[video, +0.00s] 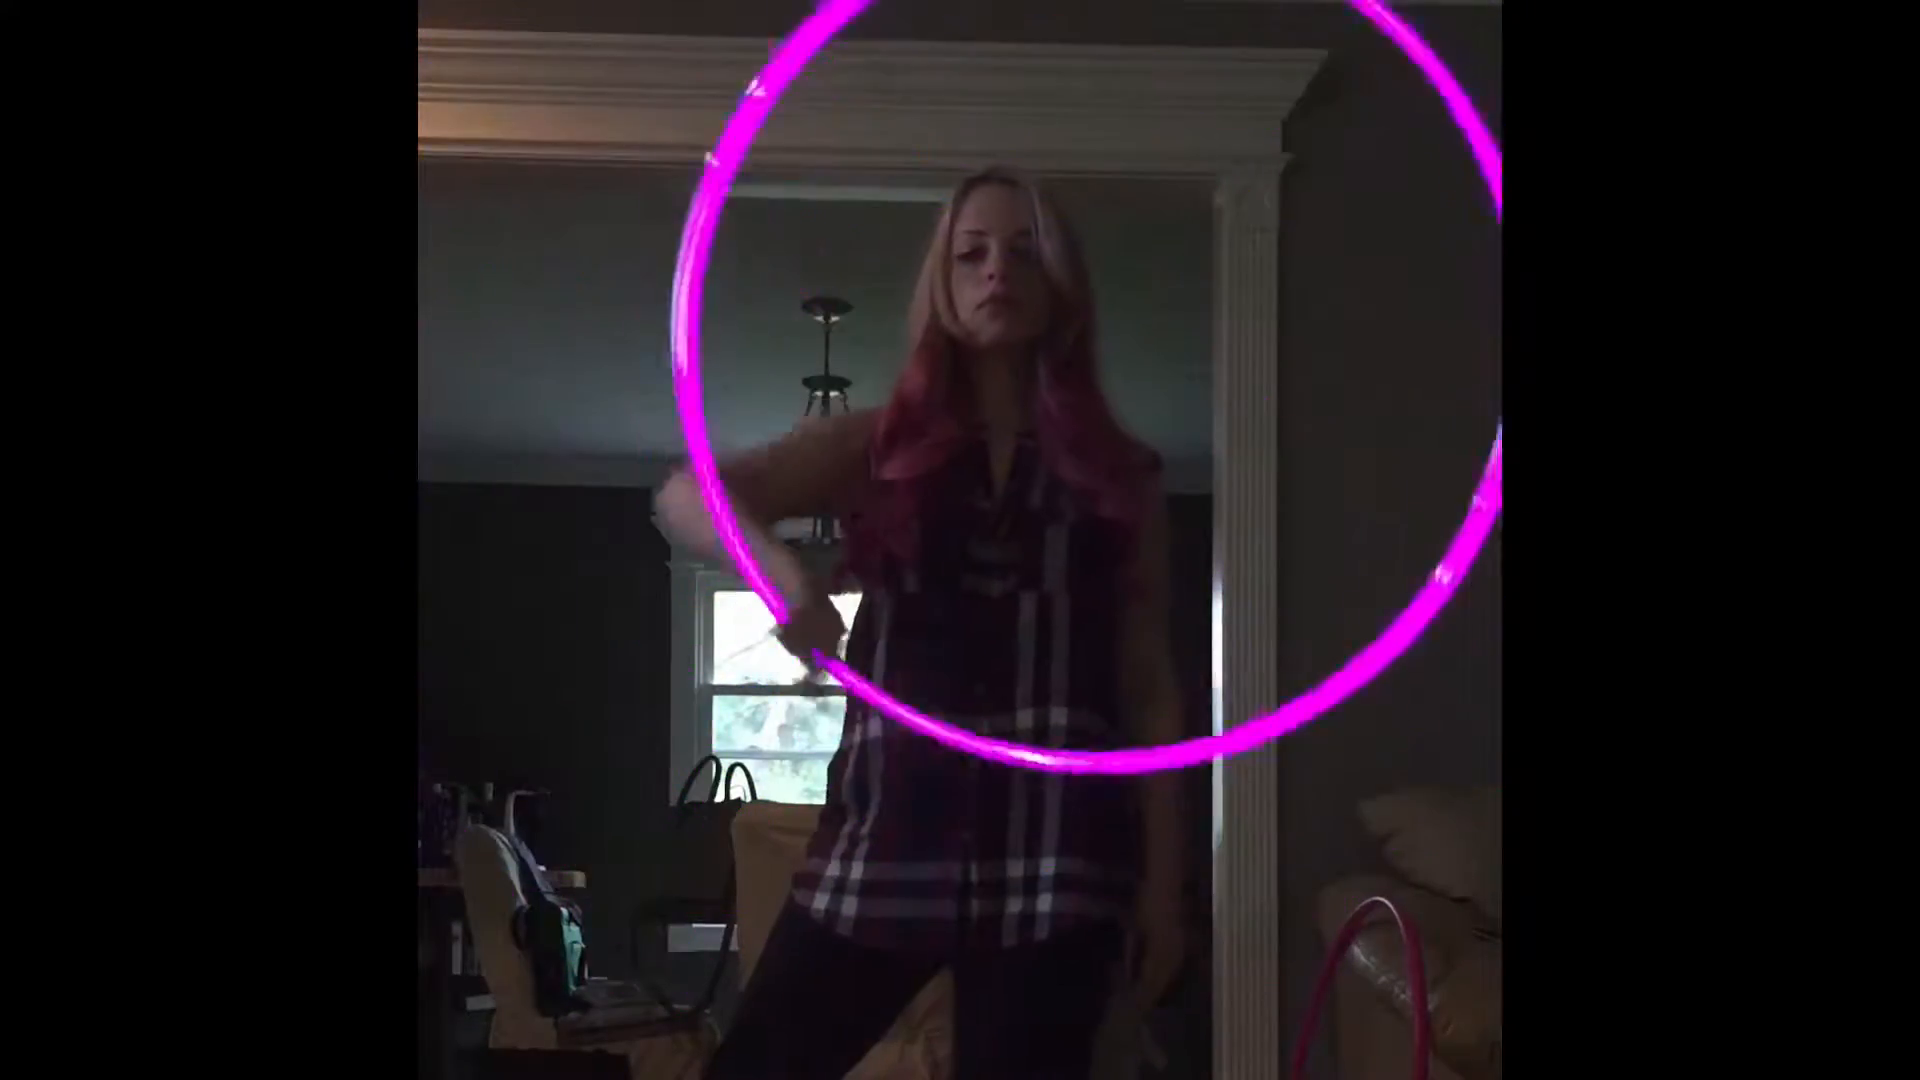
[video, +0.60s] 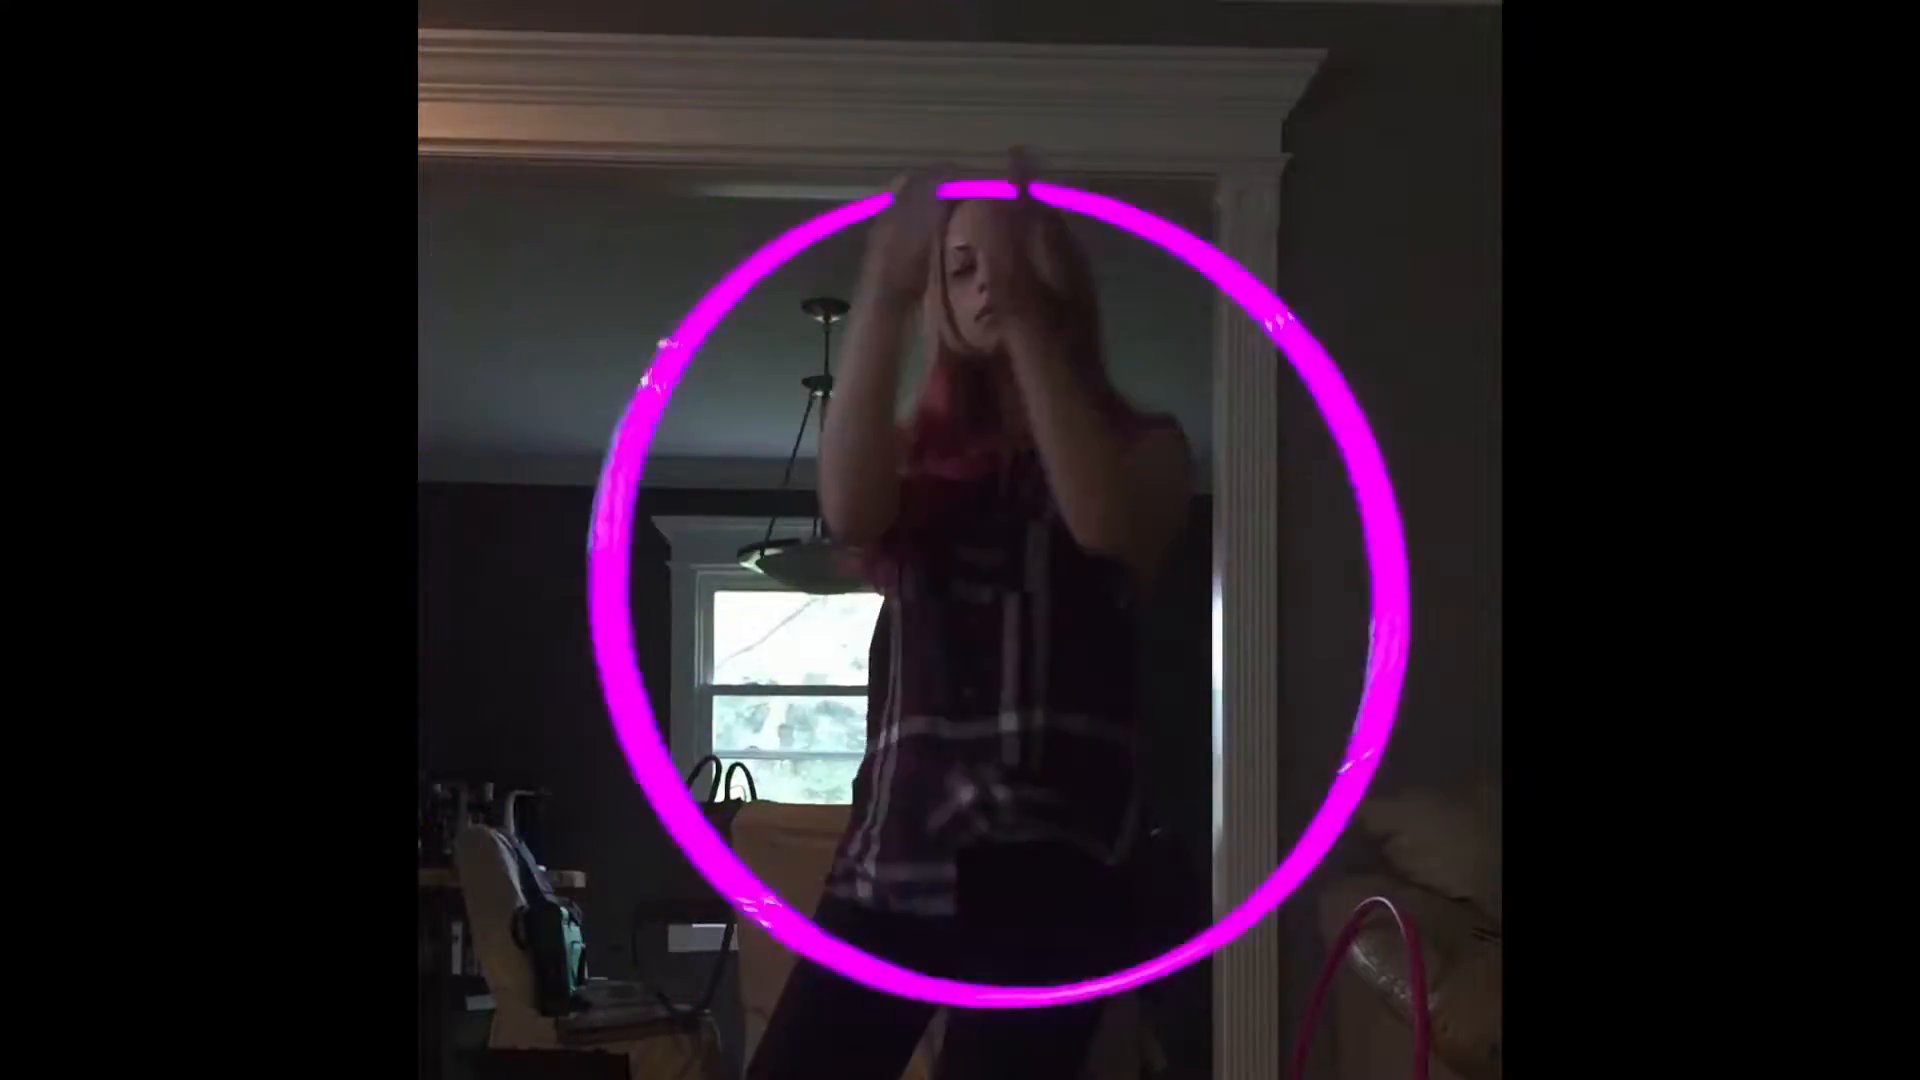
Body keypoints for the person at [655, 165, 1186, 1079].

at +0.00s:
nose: (998, 269)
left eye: (1024, 249)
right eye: (974, 251)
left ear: (1063, 279)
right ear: (940, 283)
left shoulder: (1118, 471)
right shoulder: (883, 442)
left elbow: (1152, 687)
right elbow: (684, 497)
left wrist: (1164, 891)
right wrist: (782, 574)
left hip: (1055, 869)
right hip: (888, 852)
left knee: (1021, 1070)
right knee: (750, 1068)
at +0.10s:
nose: (998, 268)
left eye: (1023, 247)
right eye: (973, 250)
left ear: (1061, 280)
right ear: (941, 282)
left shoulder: (1119, 471)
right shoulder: (879, 441)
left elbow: (1149, 691)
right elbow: (743, 572)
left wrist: (1156, 885)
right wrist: (859, 678)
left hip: (1058, 866)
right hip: (893, 855)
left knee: (1027, 1071)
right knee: (751, 1069)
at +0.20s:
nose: (999, 268)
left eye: (1023, 247)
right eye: (973, 251)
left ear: (1060, 279)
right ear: (941, 283)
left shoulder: (1115, 470)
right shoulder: (871, 444)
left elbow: (1149, 684)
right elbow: (820, 618)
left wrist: (1154, 884)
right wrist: (953, 724)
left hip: (1061, 869)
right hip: (895, 857)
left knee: (1029, 1072)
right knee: (751, 1070)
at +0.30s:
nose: (999, 270)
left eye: (1023, 247)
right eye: (972, 253)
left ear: (1062, 278)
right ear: (941, 286)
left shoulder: (1117, 469)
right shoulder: (878, 438)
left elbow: (1152, 667)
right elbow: (873, 615)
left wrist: (1154, 836)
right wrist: (1055, 687)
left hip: (1061, 858)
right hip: (898, 847)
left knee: (1032, 1072)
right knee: (752, 1069)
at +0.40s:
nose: (999, 274)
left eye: (1022, 254)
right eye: (973, 259)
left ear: (1061, 285)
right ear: (943, 293)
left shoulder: (1117, 453)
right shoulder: (881, 435)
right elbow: (890, 581)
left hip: (1071, 841)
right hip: (904, 833)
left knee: (1031, 1069)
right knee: (757, 1065)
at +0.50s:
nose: (994, 275)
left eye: (1016, 253)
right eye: (971, 257)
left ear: (1063, 279)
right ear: (940, 295)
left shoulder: (1136, 454)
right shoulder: (885, 437)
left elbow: (1172, 639)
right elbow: (893, 522)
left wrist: (1092, 424)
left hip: (1063, 848)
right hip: (897, 837)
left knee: (1024, 1066)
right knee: (774, 1061)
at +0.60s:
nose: (987, 284)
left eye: (1007, 256)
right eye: (963, 267)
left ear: (1065, 278)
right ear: (936, 299)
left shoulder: (1137, 443)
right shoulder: (920, 449)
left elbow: (1106, 522)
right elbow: (849, 515)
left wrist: (1037, 324)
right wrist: (883, 290)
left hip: (1060, 850)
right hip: (904, 841)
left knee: (997, 1062)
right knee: (793, 1064)